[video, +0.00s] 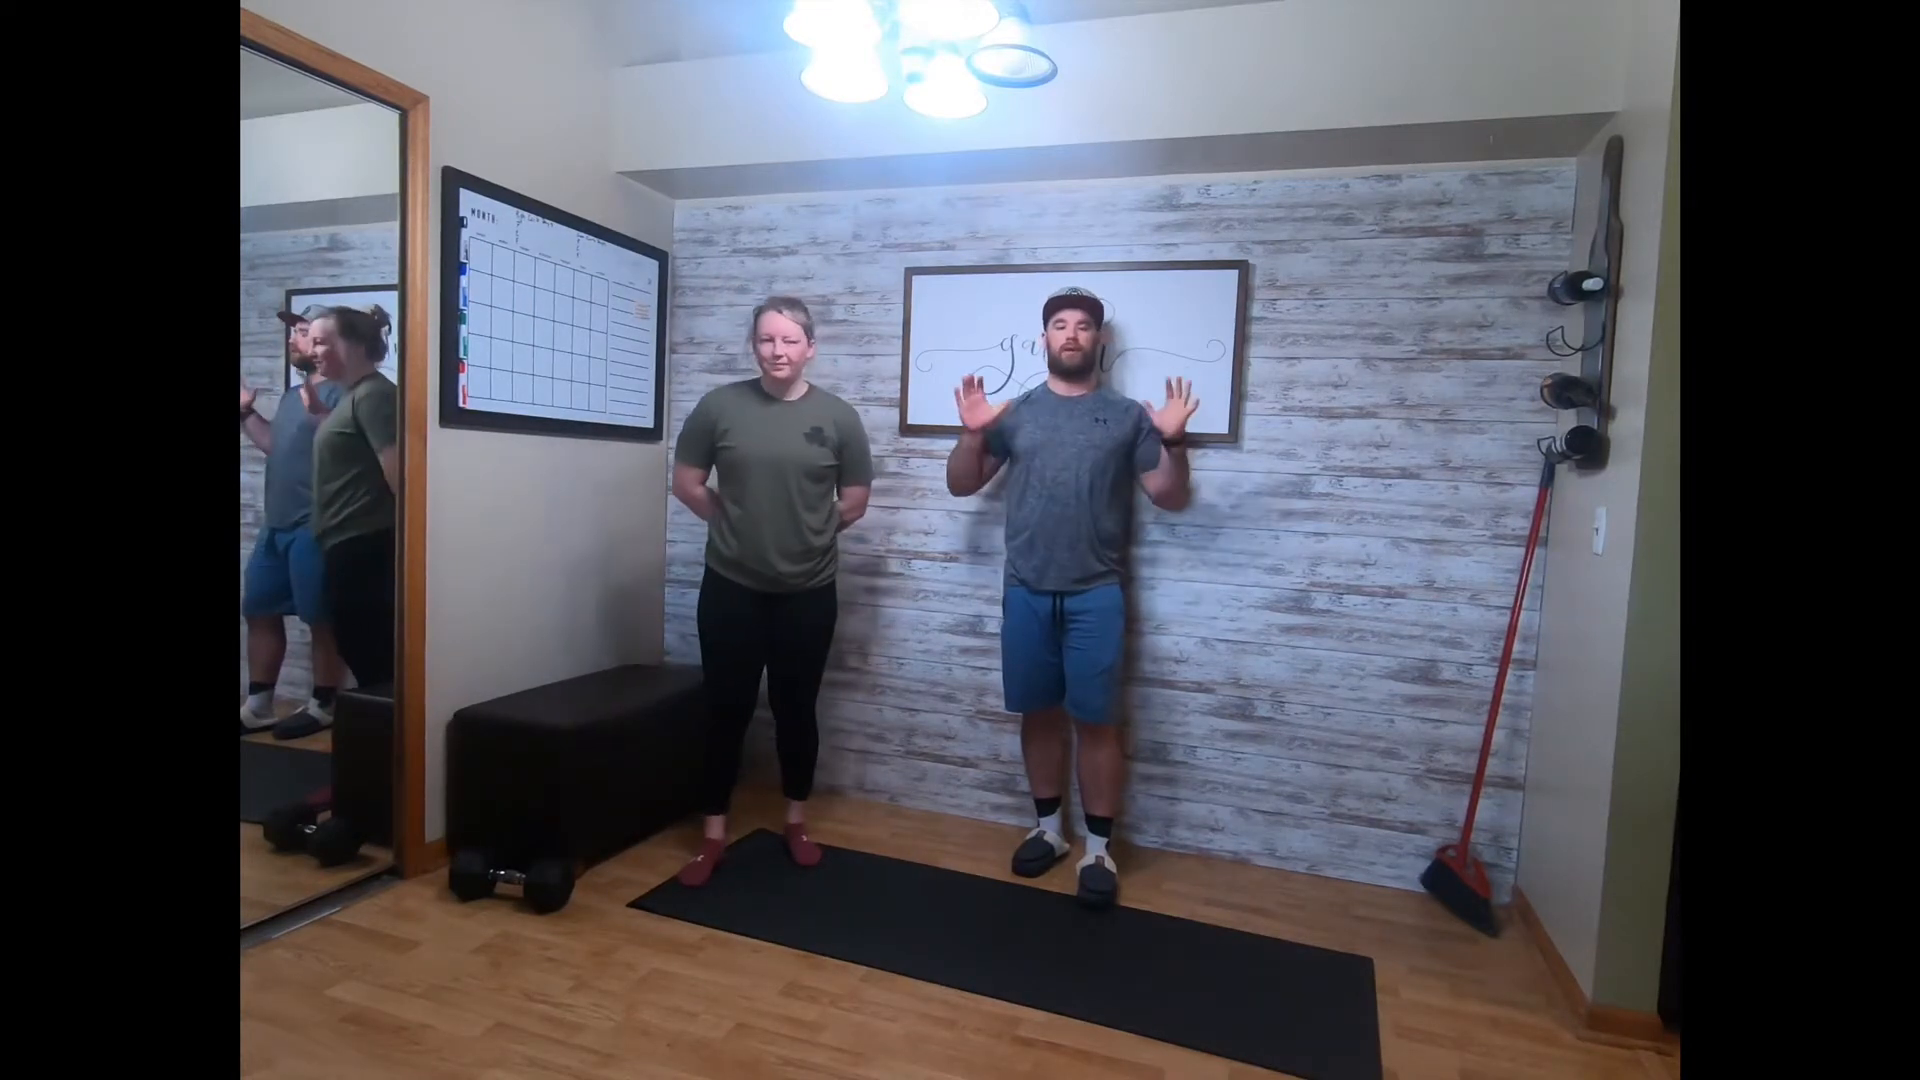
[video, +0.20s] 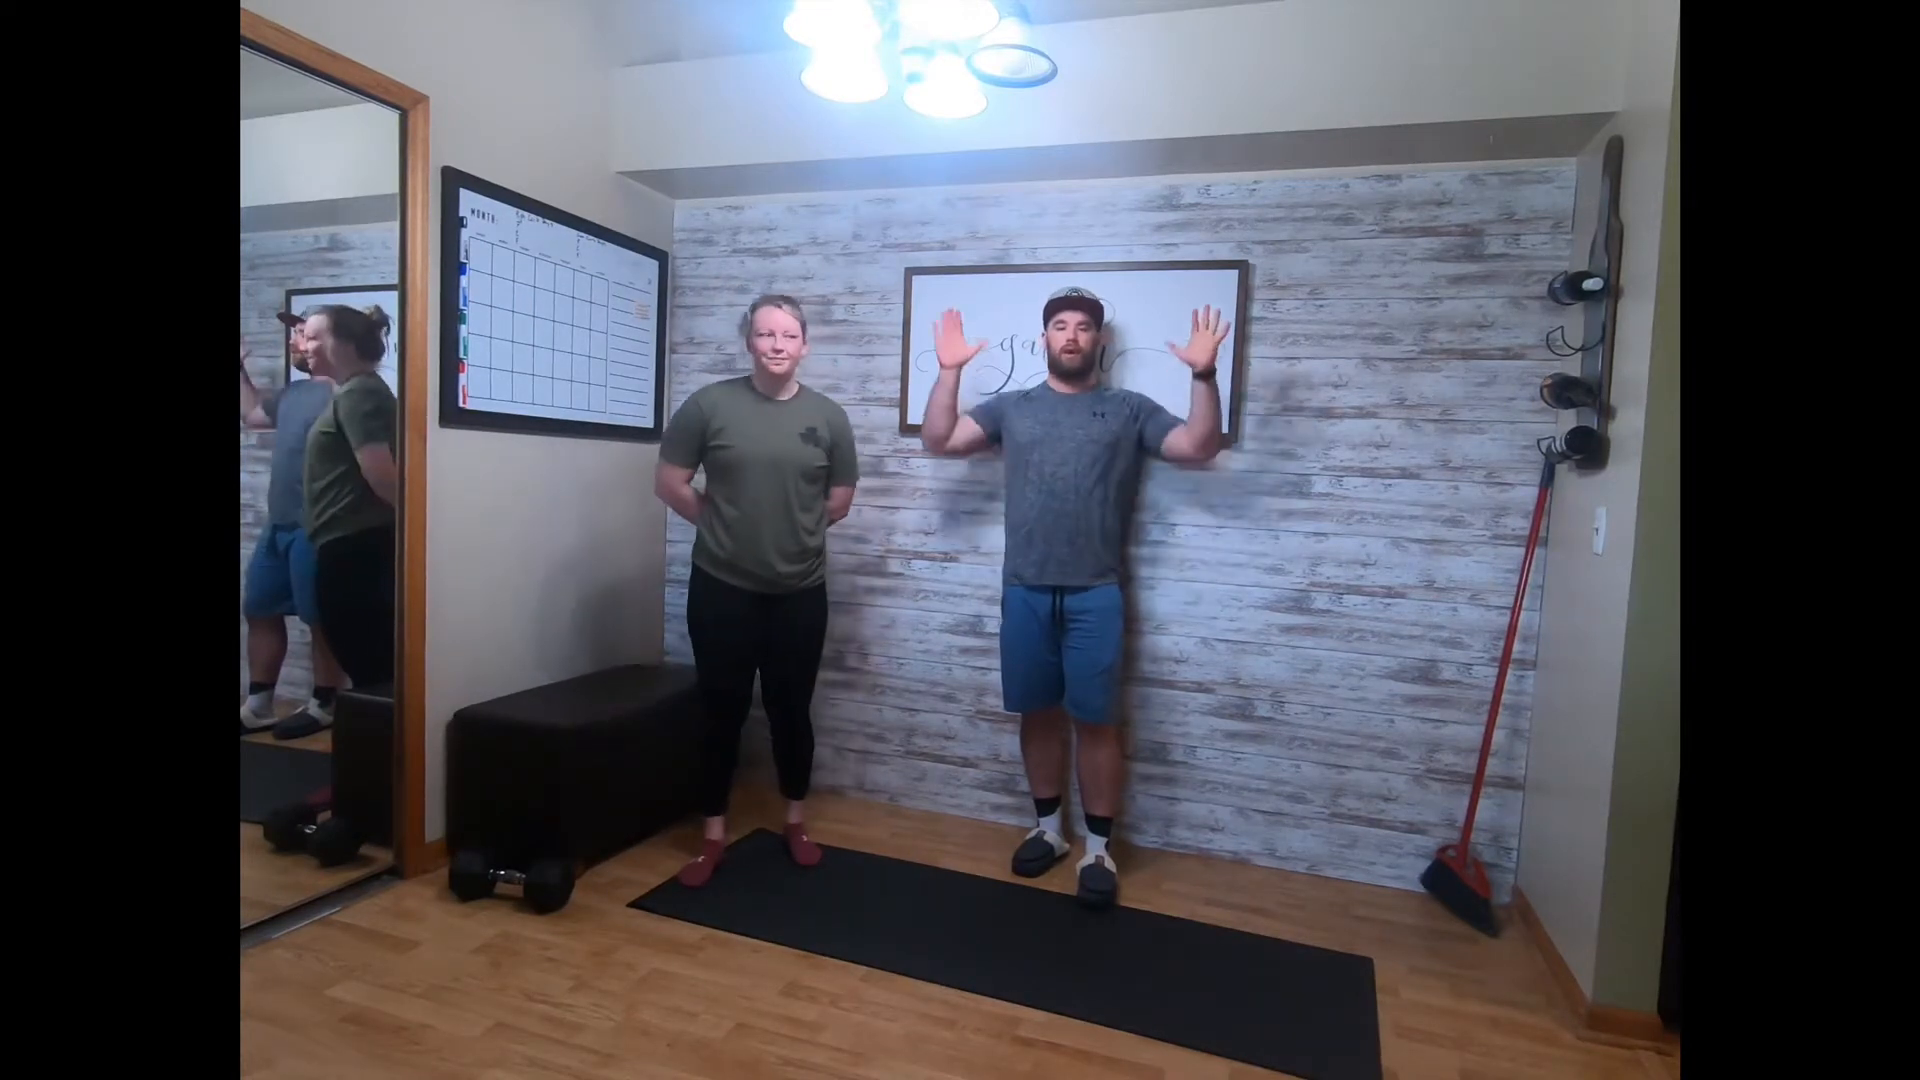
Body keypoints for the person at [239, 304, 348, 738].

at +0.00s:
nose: (294, 339)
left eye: (304, 332)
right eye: (295, 333)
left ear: (326, 342)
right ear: (299, 344)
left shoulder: (343, 392)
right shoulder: (294, 394)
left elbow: (346, 447)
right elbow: (276, 446)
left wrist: (317, 412)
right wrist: (248, 413)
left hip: (317, 523)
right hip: (276, 523)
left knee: (321, 617)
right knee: (260, 608)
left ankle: (324, 706)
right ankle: (259, 704)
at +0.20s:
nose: (300, 344)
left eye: (310, 336)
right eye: (300, 337)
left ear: (334, 344)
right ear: (301, 345)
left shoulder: (347, 394)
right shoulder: (293, 391)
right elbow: (254, 411)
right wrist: (242, 371)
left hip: (319, 527)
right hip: (279, 525)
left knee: (321, 619)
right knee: (261, 609)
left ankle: (325, 706)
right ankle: (259, 703)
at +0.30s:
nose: (298, 342)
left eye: (308, 336)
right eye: (297, 335)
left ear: (331, 344)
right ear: (296, 343)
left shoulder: (347, 391)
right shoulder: (289, 386)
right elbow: (250, 384)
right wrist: (238, 346)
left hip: (322, 528)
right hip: (280, 523)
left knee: (322, 621)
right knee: (264, 609)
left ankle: (324, 705)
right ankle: (259, 703)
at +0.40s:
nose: (296, 340)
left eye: (305, 333)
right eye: (296, 332)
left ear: (329, 341)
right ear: (296, 341)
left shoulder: (340, 385)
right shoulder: (290, 379)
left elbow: (351, 345)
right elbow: (253, 355)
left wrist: (340, 299)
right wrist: (238, 324)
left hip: (322, 522)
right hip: (283, 519)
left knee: (322, 618)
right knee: (264, 609)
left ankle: (324, 705)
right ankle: (259, 702)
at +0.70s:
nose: (291, 340)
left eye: (301, 332)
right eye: (292, 333)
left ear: (327, 340)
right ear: (294, 342)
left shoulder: (338, 386)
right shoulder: (287, 381)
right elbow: (246, 375)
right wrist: (240, 328)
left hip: (318, 524)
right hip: (280, 521)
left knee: (321, 620)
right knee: (262, 609)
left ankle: (324, 705)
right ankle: (259, 703)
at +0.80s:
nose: (292, 341)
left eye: (301, 333)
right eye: (293, 333)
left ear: (325, 342)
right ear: (298, 343)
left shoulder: (338, 392)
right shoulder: (287, 391)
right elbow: (249, 408)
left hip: (317, 525)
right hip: (278, 522)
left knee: (320, 621)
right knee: (262, 610)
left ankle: (324, 705)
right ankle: (259, 704)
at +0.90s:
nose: (292, 340)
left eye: (303, 333)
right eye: (293, 332)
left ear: (326, 342)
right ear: (296, 342)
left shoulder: (337, 392)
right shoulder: (286, 393)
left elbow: (348, 444)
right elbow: (266, 437)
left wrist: (309, 425)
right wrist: (240, 439)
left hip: (314, 525)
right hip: (276, 522)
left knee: (319, 619)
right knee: (259, 609)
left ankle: (324, 705)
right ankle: (259, 703)